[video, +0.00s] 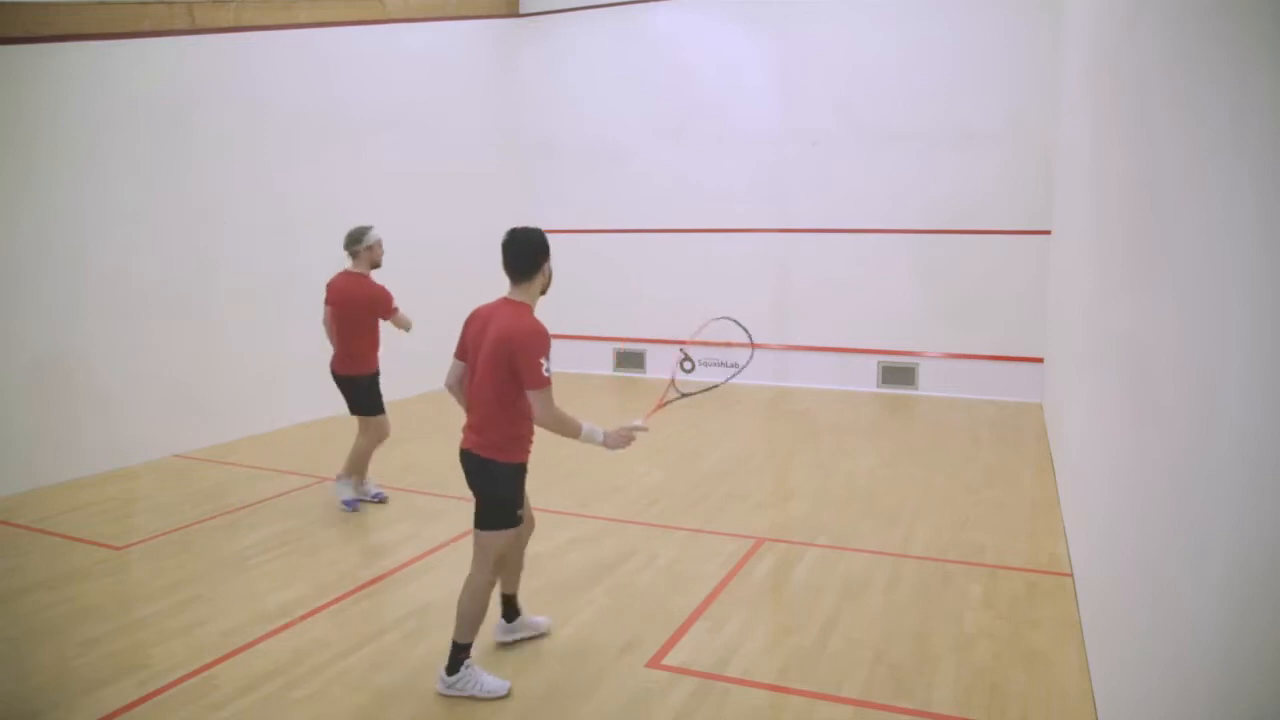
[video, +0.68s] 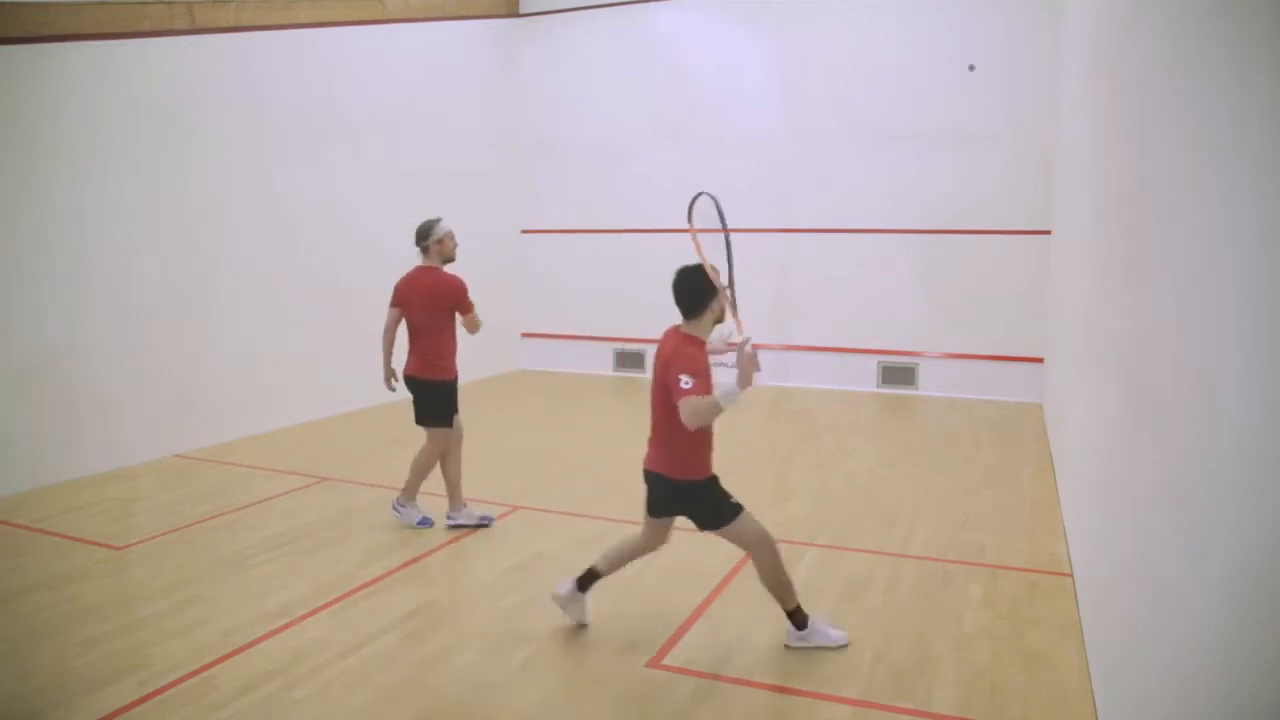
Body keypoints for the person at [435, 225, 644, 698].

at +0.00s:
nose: (552, 272)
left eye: (548, 264)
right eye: (551, 264)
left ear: (507, 269)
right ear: (544, 270)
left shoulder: (480, 316)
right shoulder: (529, 331)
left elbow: (455, 382)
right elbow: (544, 413)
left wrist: (493, 418)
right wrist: (601, 436)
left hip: (479, 452)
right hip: (501, 461)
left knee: (520, 522)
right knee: (488, 563)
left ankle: (511, 618)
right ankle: (456, 669)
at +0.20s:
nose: (583, 275)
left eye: (579, 268)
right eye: (581, 268)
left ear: (541, 274)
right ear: (575, 274)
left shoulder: (519, 321)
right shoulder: (564, 333)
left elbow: (495, 385)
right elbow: (586, 411)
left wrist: (535, 417)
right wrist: (646, 421)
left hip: (520, 453)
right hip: (540, 464)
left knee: (559, 523)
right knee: (531, 571)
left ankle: (544, 616)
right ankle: (468, 657)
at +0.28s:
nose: (599, 272)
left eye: (595, 264)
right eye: (597, 265)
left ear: (556, 274)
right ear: (591, 272)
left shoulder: (537, 321)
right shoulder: (578, 332)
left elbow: (521, 383)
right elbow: (600, 405)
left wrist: (565, 400)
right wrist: (663, 409)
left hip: (537, 451)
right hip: (559, 460)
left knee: (563, 537)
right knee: (586, 564)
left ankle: (543, 613)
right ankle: (505, 631)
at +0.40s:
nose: (628, 268)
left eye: (625, 260)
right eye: (626, 261)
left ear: (587, 270)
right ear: (619, 268)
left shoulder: (572, 316)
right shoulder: (600, 326)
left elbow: (570, 385)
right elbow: (622, 398)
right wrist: (685, 394)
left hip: (565, 446)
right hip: (588, 453)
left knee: (574, 528)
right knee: (648, 538)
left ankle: (544, 615)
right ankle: (604, 627)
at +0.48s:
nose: (651, 272)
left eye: (647, 265)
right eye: (648, 266)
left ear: (611, 273)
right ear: (642, 272)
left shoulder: (600, 317)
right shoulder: (619, 326)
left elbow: (602, 378)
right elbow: (638, 397)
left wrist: (645, 376)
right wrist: (700, 387)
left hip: (587, 450)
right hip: (612, 456)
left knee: (579, 530)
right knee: (679, 531)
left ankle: (545, 615)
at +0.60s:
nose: (693, 288)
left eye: (690, 280)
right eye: (690, 281)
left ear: (652, 288)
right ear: (683, 288)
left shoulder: (642, 329)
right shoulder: (660, 340)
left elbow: (643, 367)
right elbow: (671, 404)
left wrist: (680, 343)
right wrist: (726, 379)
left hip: (627, 460)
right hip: (657, 466)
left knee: (604, 533)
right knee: (725, 536)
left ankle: (548, 612)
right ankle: (780, 621)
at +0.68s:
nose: (726, 300)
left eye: (723, 293)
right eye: (722, 294)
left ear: (686, 302)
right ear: (714, 304)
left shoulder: (674, 339)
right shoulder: (686, 352)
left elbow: (692, 352)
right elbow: (692, 415)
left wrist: (715, 346)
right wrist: (740, 386)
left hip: (660, 472)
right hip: (688, 479)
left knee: (650, 538)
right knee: (760, 543)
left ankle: (576, 588)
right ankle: (801, 625)